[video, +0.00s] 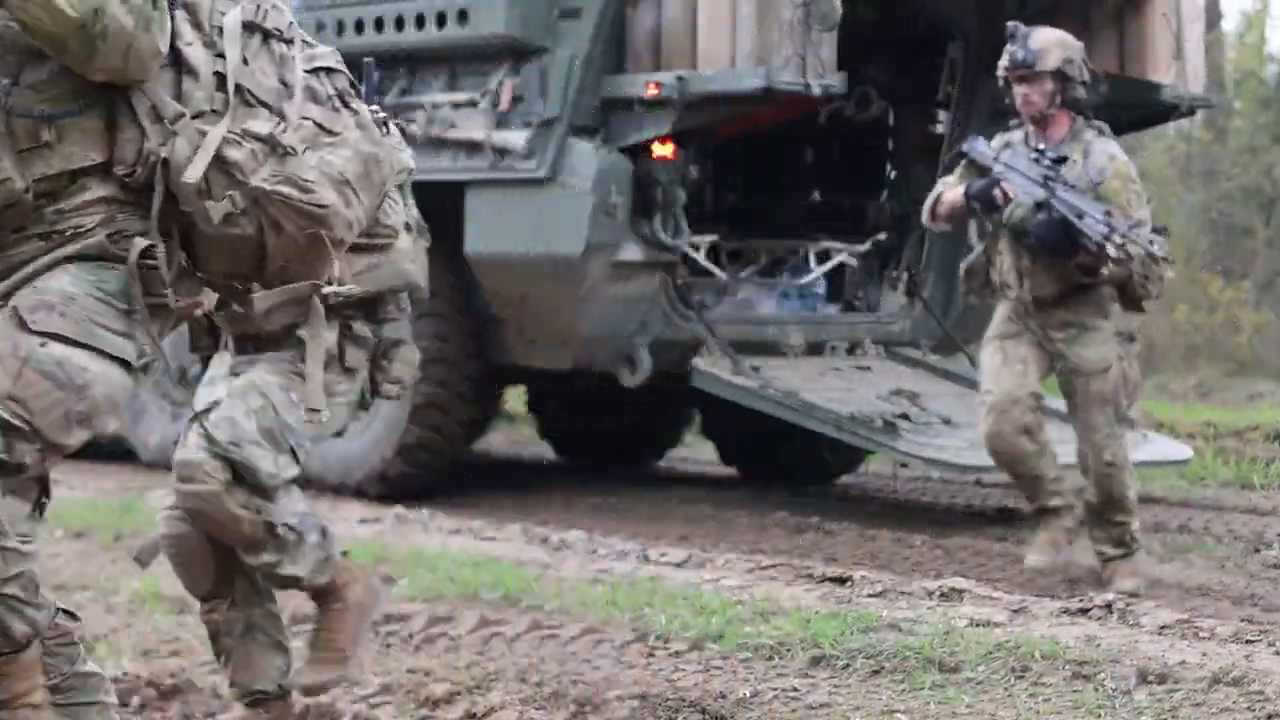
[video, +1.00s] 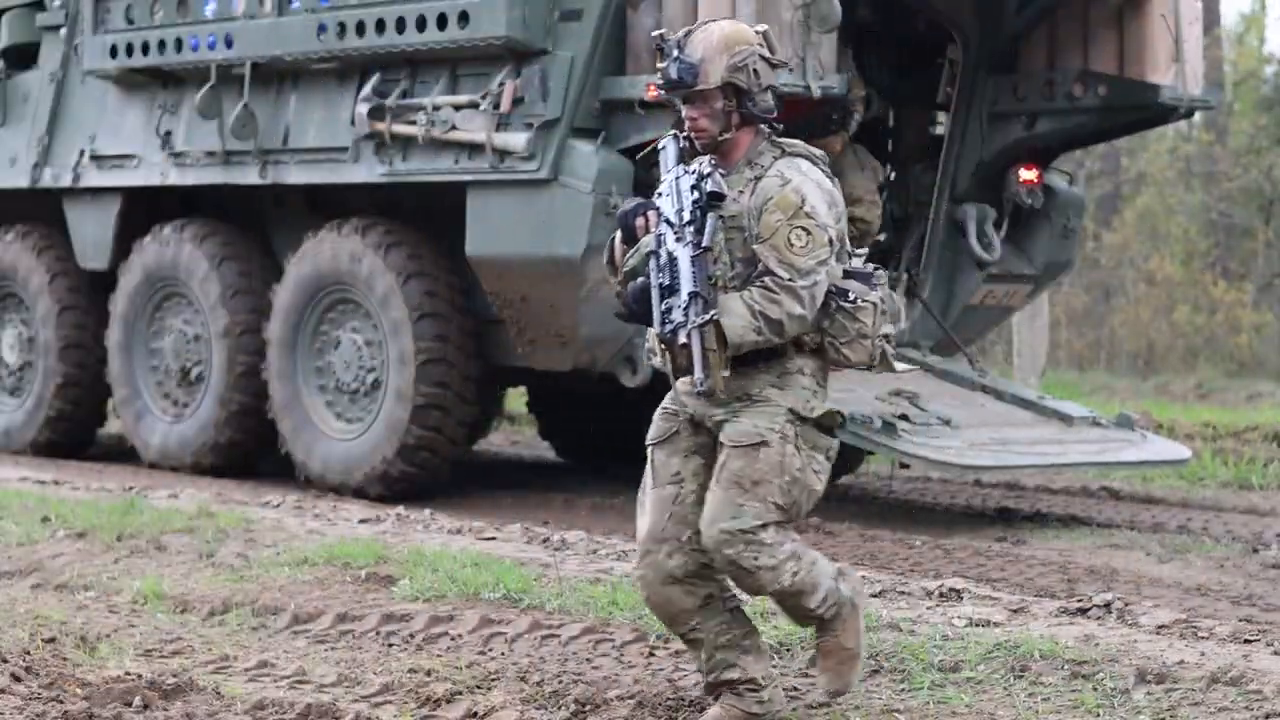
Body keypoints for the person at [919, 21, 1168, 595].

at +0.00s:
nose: (1022, 94)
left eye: (1034, 83)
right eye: (1017, 84)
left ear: (1064, 87)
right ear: (1011, 89)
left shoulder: (1105, 158)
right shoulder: (999, 150)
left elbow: (1134, 256)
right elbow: (933, 211)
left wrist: (1093, 260)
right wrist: (976, 196)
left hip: (1085, 319)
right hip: (1015, 317)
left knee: (1101, 447)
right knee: (1004, 427)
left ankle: (1119, 553)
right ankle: (1058, 515)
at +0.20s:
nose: (973, 83)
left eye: (985, 71)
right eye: (968, 72)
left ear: (1018, 74)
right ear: (961, 75)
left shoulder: (1060, 145)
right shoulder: (961, 139)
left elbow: (1076, 242)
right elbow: (892, 213)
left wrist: (1017, 237)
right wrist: (928, 181)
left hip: (1050, 314)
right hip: (979, 314)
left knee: (1070, 455)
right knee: (970, 450)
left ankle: (1114, 528)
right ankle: (996, 563)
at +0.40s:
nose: (929, 69)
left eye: (943, 57)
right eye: (922, 57)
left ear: (976, 57)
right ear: (914, 58)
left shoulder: (1021, 132)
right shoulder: (906, 125)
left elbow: (1043, 235)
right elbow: (856, 212)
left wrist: (981, 241)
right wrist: (873, 180)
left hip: (1013, 295)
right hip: (939, 305)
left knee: (976, 388)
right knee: (937, 476)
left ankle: (1006, 544)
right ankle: (986, 556)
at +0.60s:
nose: (876, 75)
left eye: (890, 62)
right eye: (869, 63)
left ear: (927, 61)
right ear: (862, 65)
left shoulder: (974, 140)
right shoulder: (860, 130)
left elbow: (978, 253)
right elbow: (809, 226)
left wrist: (905, 251)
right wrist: (820, 186)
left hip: (955, 320)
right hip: (881, 322)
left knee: (927, 468)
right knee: (880, 479)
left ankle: (939, 609)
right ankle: (978, 487)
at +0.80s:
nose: (790, 86)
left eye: (804, 73)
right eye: (784, 74)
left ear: (845, 71)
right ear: (780, 75)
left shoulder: (895, 153)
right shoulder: (792, 142)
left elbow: (904, 263)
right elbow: (740, 244)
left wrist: (813, 287)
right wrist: (743, 206)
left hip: (885, 350)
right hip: (804, 346)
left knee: (889, 501)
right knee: (767, 487)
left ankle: (936, 616)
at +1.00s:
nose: (685, 117)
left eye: (698, 103)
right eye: (681, 103)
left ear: (743, 103)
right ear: (685, 104)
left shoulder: (795, 186)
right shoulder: (691, 181)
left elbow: (793, 300)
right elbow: (634, 286)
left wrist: (706, 329)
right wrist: (634, 243)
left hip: (777, 398)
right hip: (693, 395)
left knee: (734, 533)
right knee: (665, 561)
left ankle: (836, 609)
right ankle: (738, 683)